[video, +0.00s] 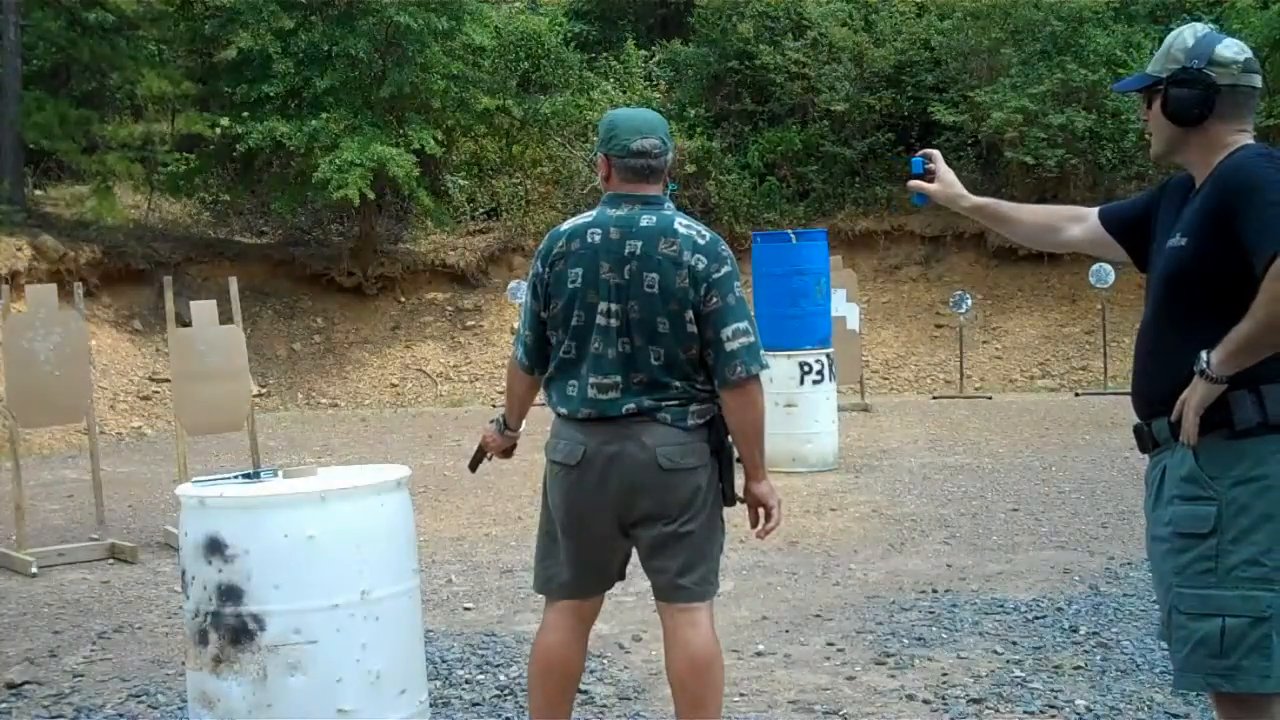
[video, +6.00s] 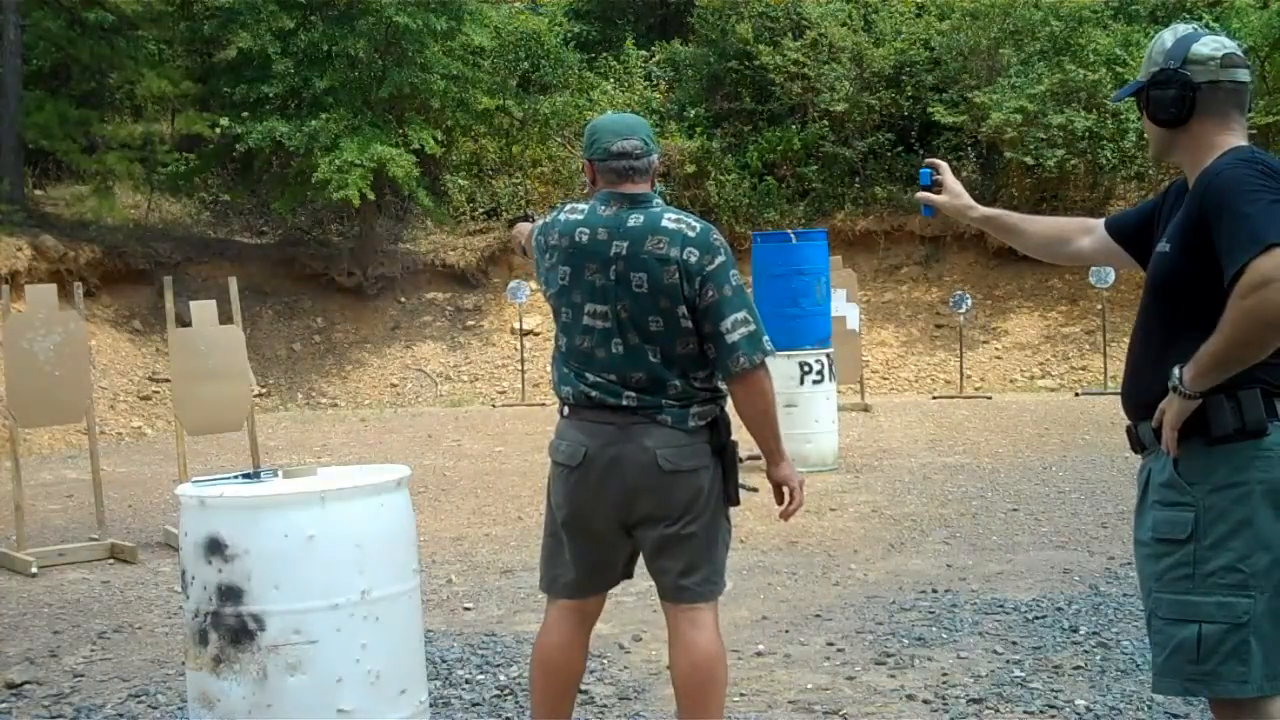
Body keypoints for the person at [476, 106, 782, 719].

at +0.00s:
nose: (596, 169)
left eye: (598, 161)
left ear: (605, 168)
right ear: (669, 169)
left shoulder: (562, 243)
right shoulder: (704, 248)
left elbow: (529, 357)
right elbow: (738, 375)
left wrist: (508, 425)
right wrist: (756, 473)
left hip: (581, 453)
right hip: (676, 454)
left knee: (567, 608)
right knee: (688, 611)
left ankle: (547, 715)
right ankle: (701, 715)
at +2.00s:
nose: (596, 170)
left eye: (598, 163)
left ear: (605, 169)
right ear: (668, 169)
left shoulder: (562, 244)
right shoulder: (704, 248)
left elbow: (530, 355)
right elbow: (739, 374)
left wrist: (507, 419)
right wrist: (756, 473)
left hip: (582, 452)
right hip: (678, 453)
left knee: (567, 608)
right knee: (689, 611)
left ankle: (546, 715)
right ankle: (701, 715)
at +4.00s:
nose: (582, 171)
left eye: (583, 164)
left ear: (590, 171)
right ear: (655, 168)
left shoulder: (559, 231)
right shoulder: (699, 241)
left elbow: (518, 241)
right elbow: (743, 366)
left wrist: (503, 228)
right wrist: (769, 462)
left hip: (583, 447)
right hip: (678, 451)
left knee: (567, 609)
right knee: (690, 611)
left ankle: (546, 716)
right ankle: (701, 716)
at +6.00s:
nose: (583, 174)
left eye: (585, 167)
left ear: (590, 172)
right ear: (656, 167)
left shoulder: (562, 234)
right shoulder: (696, 240)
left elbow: (528, 235)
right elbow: (745, 365)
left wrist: (530, 229)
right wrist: (776, 456)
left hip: (584, 446)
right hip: (681, 450)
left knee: (569, 606)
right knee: (693, 611)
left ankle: (547, 715)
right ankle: (703, 719)